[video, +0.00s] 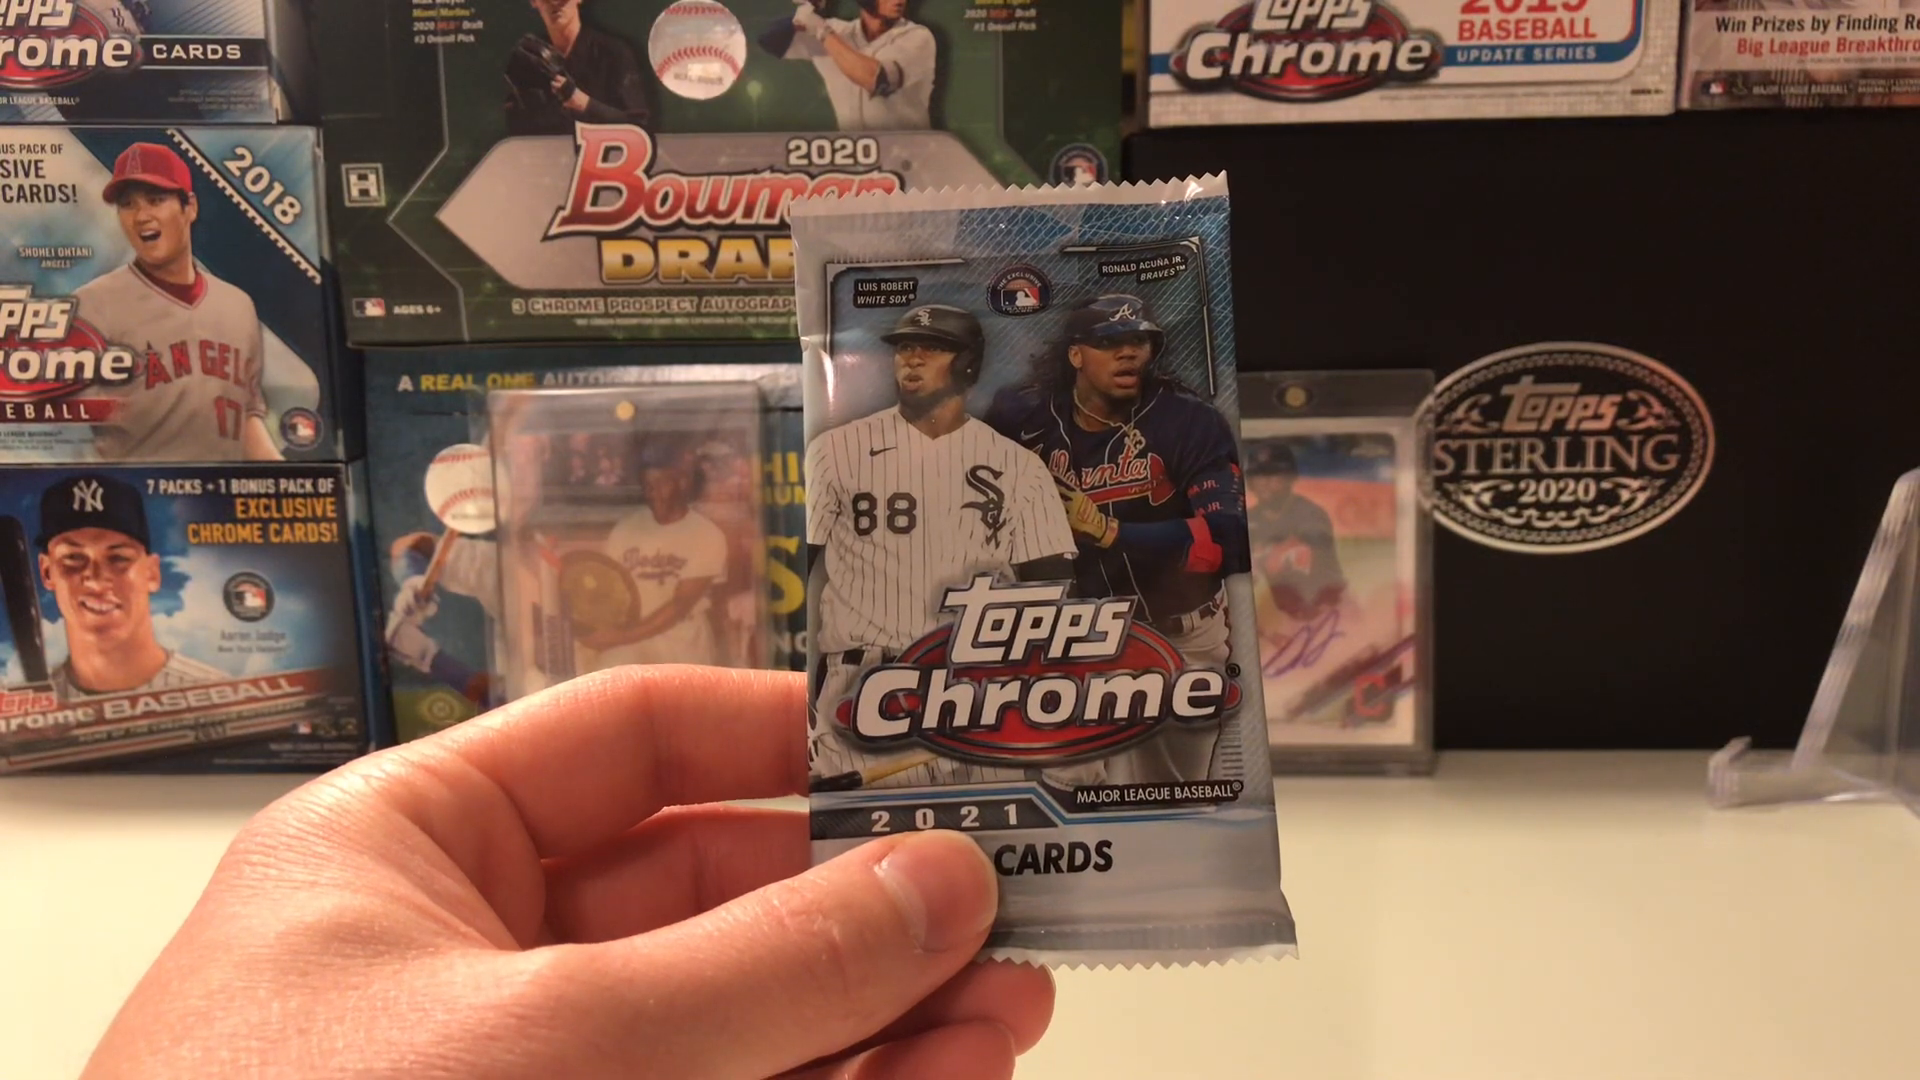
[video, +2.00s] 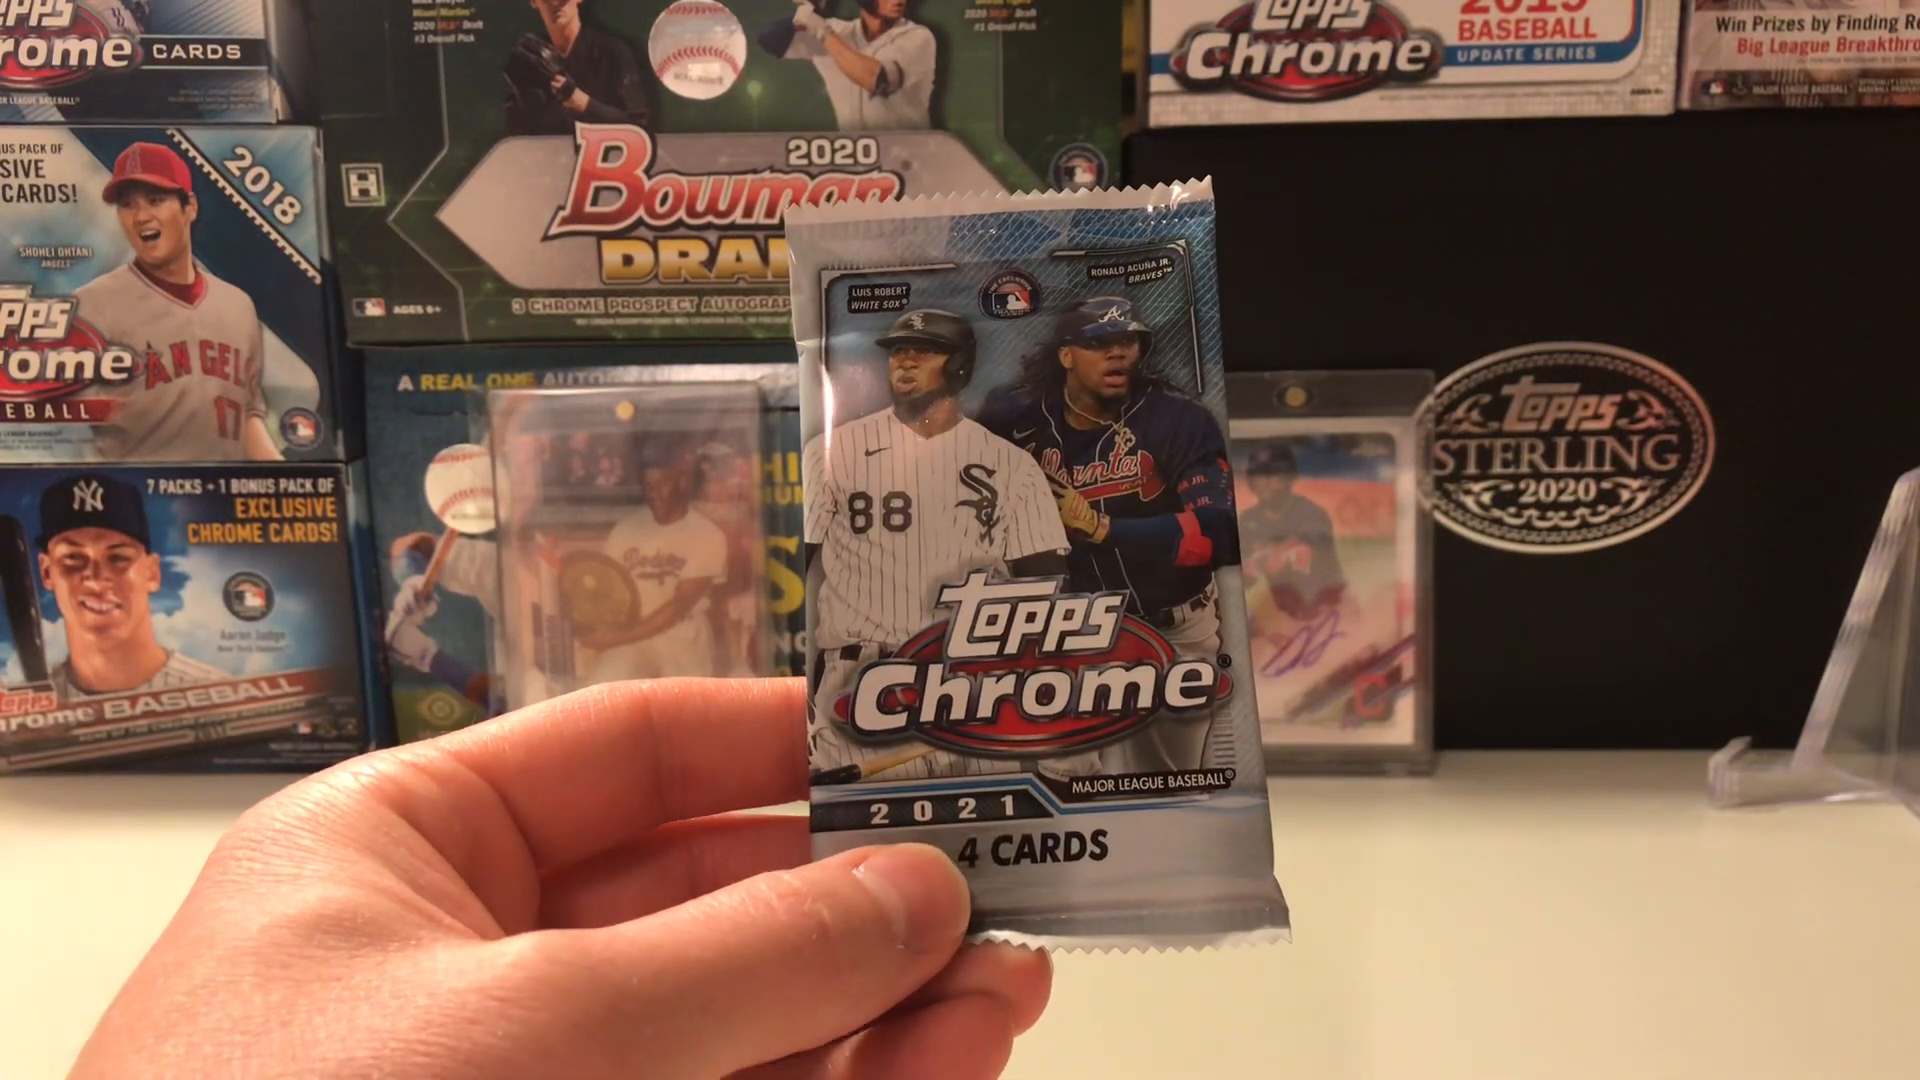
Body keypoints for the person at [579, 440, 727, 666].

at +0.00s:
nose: (653, 493)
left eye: (661, 483)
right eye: (647, 485)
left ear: (683, 483)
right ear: (642, 487)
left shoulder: (707, 536)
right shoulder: (625, 530)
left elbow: (680, 606)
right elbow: (605, 592)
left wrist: (620, 637)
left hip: (683, 661)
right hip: (626, 661)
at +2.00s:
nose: (653, 495)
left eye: (660, 485)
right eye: (648, 486)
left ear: (683, 483)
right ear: (642, 488)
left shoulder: (707, 536)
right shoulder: (625, 530)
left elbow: (679, 607)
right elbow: (604, 589)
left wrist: (617, 637)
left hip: (682, 645)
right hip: (625, 646)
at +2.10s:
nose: (653, 495)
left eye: (660, 485)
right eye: (648, 487)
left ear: (683, 484)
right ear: (643, 488)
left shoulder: (707, 537)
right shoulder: (624, 531)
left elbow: (680, 606)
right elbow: (604, 590)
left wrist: (618, 637)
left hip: (683, 641)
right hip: (626, 643)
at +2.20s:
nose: (652, 495)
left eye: (660, 485)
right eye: (647, 487)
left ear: (683, 483)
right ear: (642, 488)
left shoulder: (708, 537)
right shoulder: (624, 530)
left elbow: (679, 607)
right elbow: (605, 590)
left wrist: (617, 637)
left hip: (683, 642)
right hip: (627, 644)